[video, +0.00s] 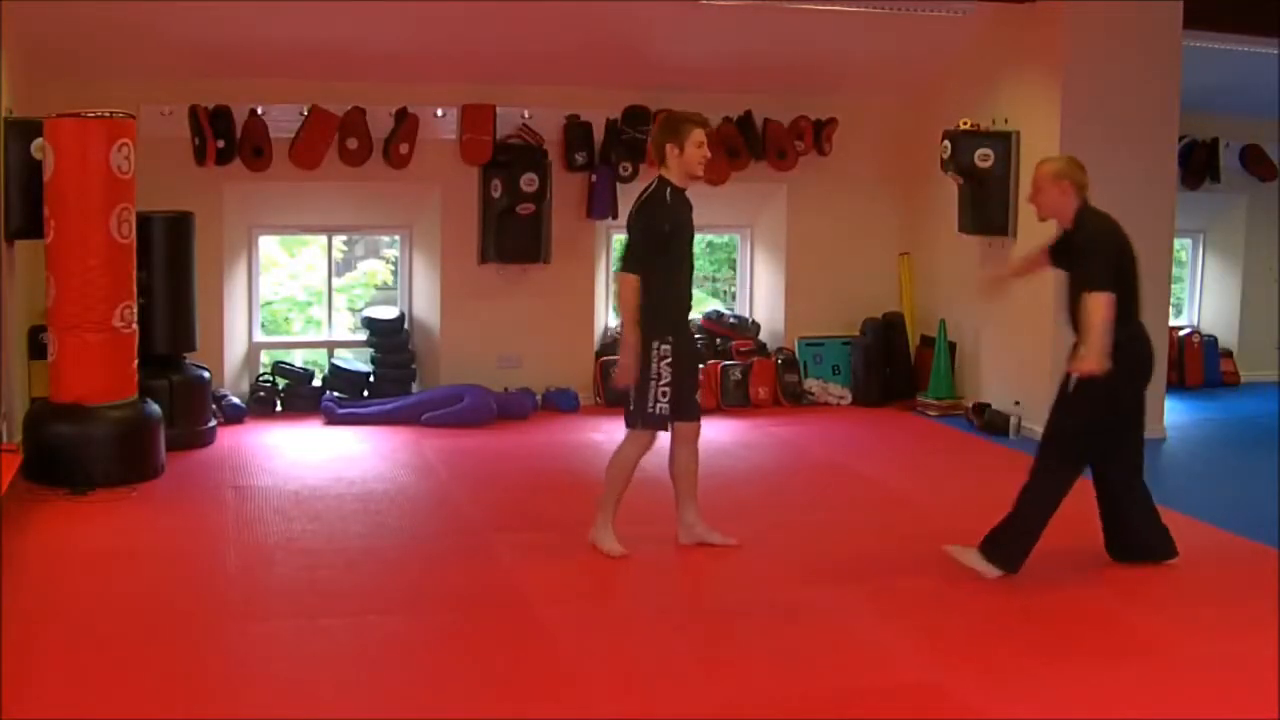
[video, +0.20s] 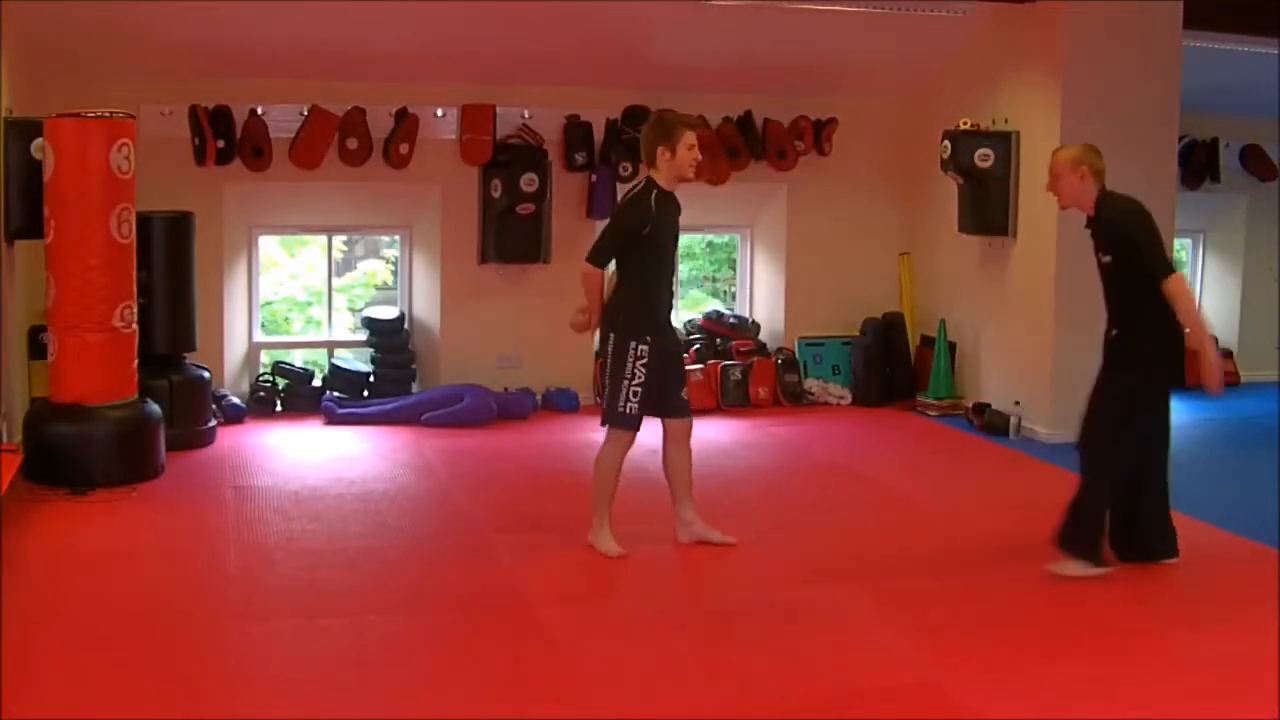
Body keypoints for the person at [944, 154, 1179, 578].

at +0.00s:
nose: (1031, 197)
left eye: (1037, 188)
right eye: (1032, 189)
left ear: (1065, 189)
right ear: (1064, 191)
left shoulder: (1094, 232)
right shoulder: (1078, 231)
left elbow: (1099, 299)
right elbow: (1043, 258)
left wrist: (1093, 351)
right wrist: (1006, 272)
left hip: (1108, 355)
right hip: (1115, 352)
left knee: (1058, 455)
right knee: (1114, 454)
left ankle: (1000, 554)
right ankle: (1146, 543)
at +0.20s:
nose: (1050, 187)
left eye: (1055, 178)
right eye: (1050, 179)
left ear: (1082, 176)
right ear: (1082, 177)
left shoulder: (1122, 215)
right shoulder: (1104, 218)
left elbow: (1171, 280)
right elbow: (1135, 286)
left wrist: (1205, 345)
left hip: (1141, 351)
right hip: (1135, 347)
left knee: (1101, 440)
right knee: (1140, 442)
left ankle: (1084, 547)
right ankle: (1149, 541)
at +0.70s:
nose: (1109, 184)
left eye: (1114, 175)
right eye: (1109, 175)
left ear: (1143, 176)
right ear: (1141, 177)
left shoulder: (1179, 215)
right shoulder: (1161, 218)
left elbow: (1197, 294)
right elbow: (1181, 294)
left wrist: (1200, 367)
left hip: (1205, 355)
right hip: (1175, 352)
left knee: (1234, 462)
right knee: (1149, 440)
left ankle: (1266, 568)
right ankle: (1160, 542)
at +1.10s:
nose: (1112, 168)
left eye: (1119, 160)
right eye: (1114, 159)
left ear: (1147, 164)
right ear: (1148, 166)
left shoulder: (1150, 212)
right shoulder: (1161, 210)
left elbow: (1068, 210)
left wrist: (1003, 195)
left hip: (1149, 352)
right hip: (1133, 351)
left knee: (1178, 458)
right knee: (1107, 454)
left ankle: (1248, 555)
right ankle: (1120, 558)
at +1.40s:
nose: (1042, 145)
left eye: (1050, 138)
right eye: (1046, 137)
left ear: (1076, 146)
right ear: (1079, 147)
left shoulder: (1076, 191)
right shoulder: (1087, 191)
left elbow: (1002, 187)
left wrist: (931, 176)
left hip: (1073, 328)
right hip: (1084, 325)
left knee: (1043, 439)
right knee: (1092, 436)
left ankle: (1077, 549)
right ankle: (1111, 545)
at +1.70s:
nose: (947, 166)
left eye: (953, 158)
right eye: (949, 158)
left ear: (977, 165)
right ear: (984, 167)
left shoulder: (977, 213)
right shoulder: (997, 212)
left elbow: (904, 204)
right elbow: (910, 202)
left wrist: (843, 191)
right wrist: (850, 190)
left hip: (969, 348)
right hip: (984, 343)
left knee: (928, 449)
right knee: (990, 444)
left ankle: (920, 562)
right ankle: (1062, 523)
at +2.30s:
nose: (793, 176)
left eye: (800, 167)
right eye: (791, 168)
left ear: (825, 166)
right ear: (802, 168)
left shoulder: (831, 210)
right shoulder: (819, 208)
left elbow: (760, 217)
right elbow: (761, 216)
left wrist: (705, 209)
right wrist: (708, 206)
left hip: (825, 339)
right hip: (805, 336)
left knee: (826, 449)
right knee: (770, 425)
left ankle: (890, 542)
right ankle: (779, 523)